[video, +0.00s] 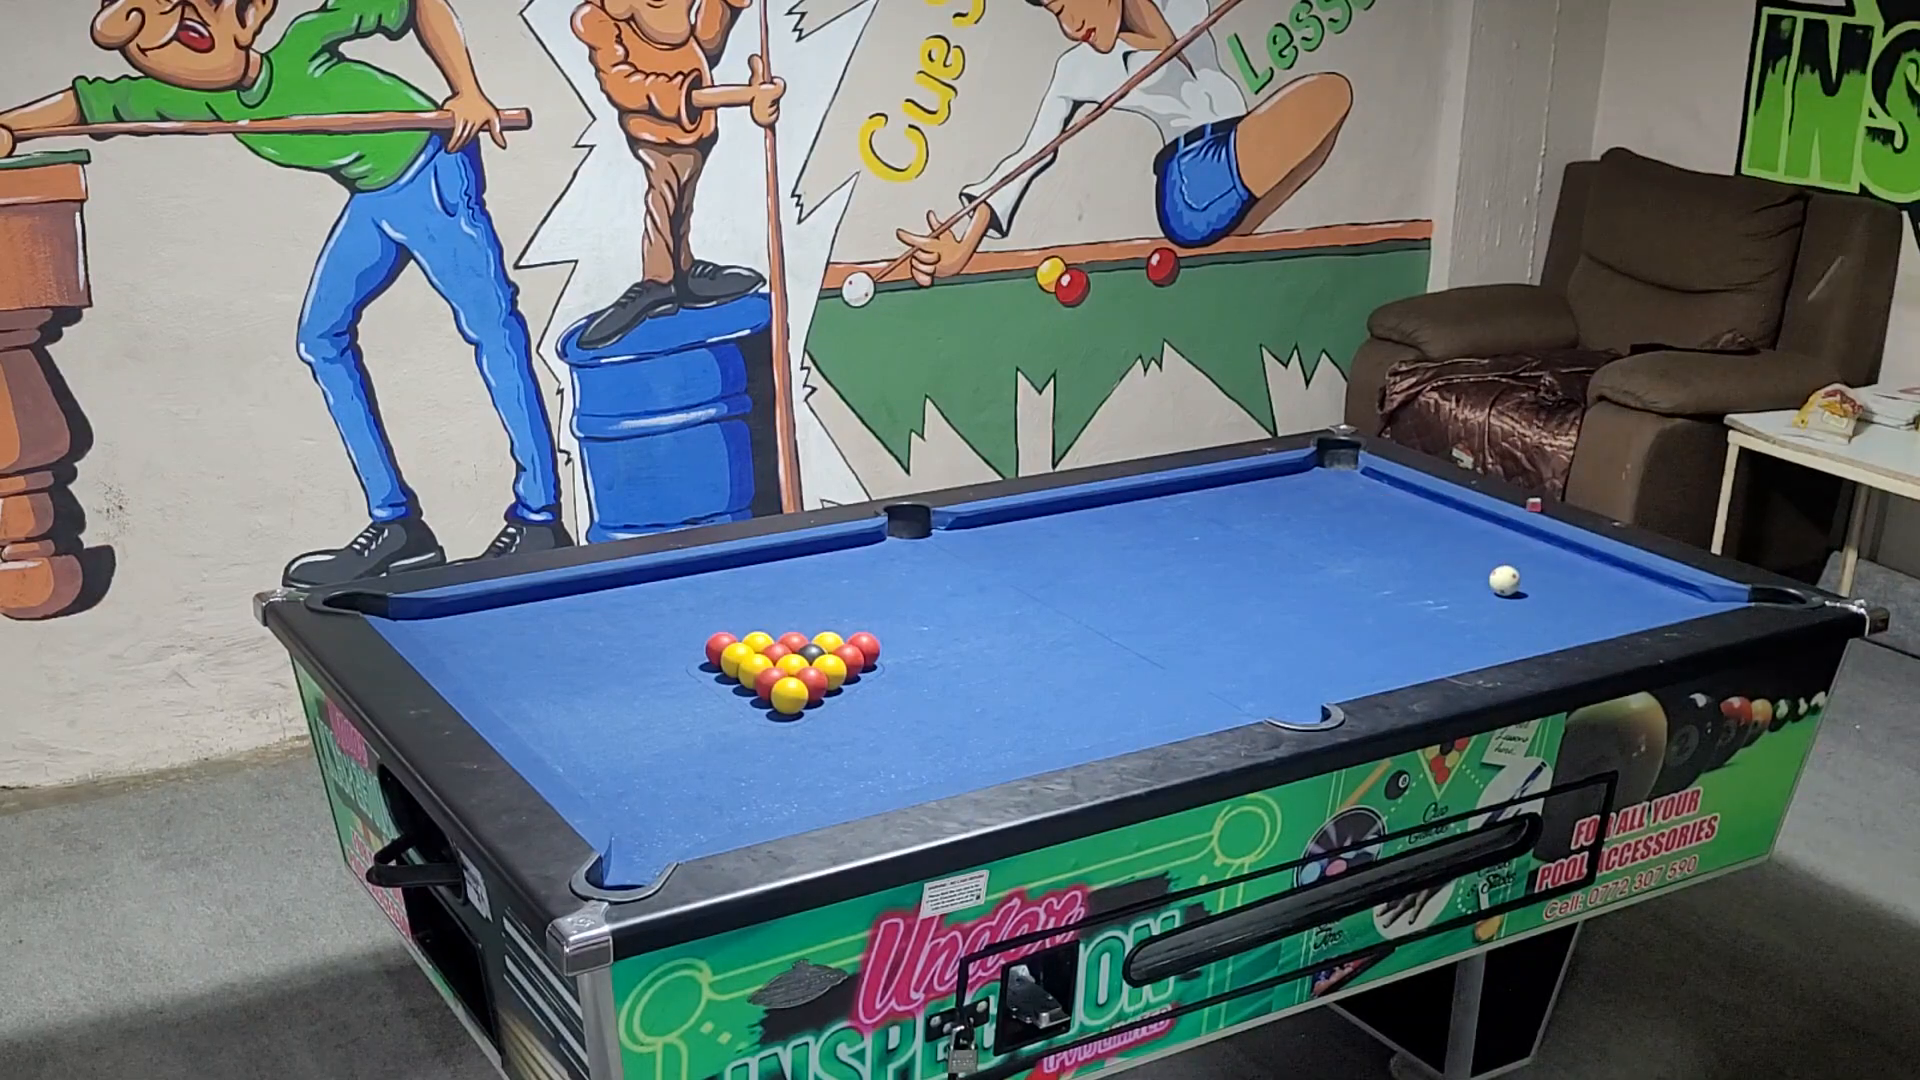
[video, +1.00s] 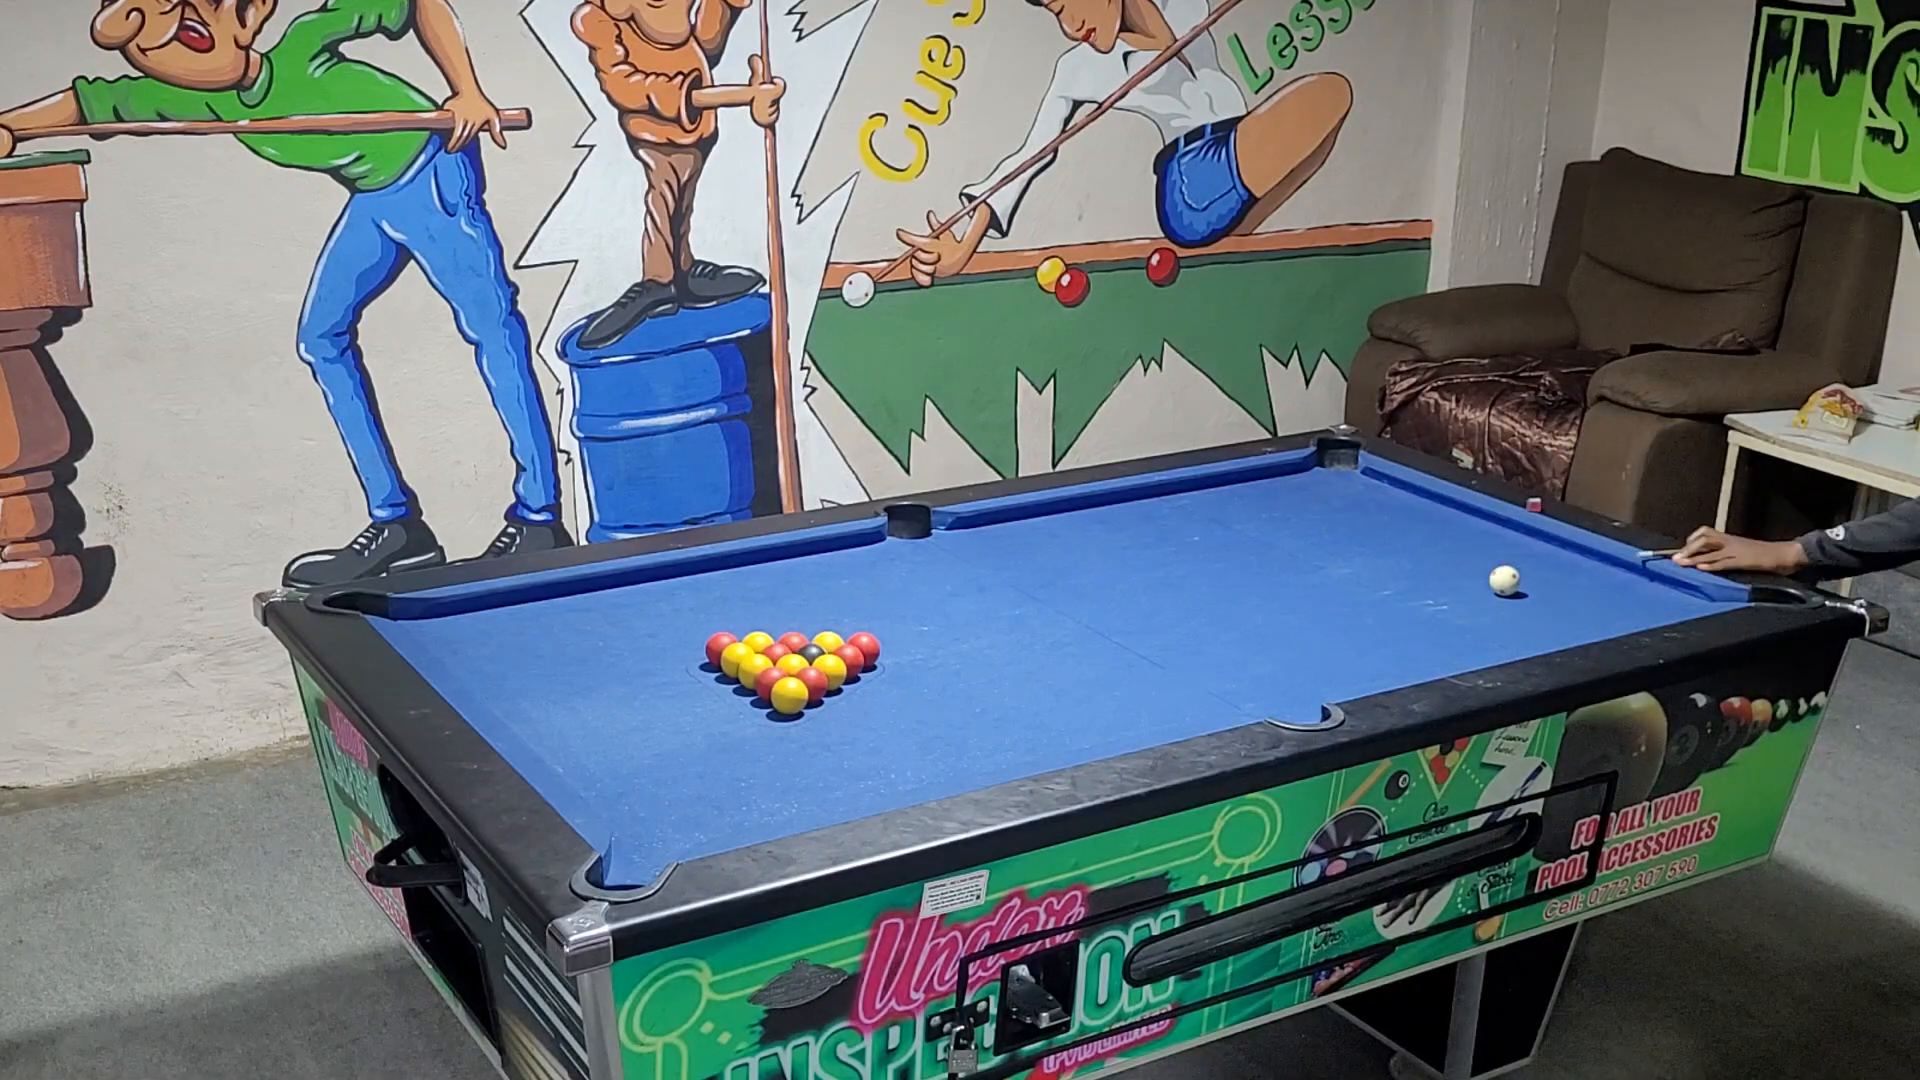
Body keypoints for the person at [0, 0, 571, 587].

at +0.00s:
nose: (207, 53)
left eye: (200, 39)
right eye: (190, 54)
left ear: (225, 20)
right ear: (183, 74)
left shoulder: (300, 37)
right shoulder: (213, 99)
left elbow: (418, 4)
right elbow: (90, 101)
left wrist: (467, 87)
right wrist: (9, 124)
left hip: (426, 166)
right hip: (369, 199)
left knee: (492, 330)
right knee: (322, 338)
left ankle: (541, 517)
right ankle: (397, 523)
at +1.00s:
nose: (204, 52)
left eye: (198, 37)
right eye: (188, 53)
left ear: (222, 18)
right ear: (181, 74)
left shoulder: (300, 37)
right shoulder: (215, 98)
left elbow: (417, 3)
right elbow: (92, 100)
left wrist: (467, 88)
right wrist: (10, 123)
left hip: (426, 165)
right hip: (369, 198)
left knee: (492, 329)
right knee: (322, 338)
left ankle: (540, 518)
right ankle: (397, 523)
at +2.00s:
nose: (208, 55)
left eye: (201, 40)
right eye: (191, 54)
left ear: (223, 21)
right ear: (182, 75)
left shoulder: (300, 37)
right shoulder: (213, 99)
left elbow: (418, 4)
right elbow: (89, 100)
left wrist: (467, 87)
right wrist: (9, 124)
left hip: (426, 166)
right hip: (369, 199)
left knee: (493, 331)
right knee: (322, 338)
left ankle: (540, 517)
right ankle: (397, 523)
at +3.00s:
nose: (208, 58)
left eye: (201, 42)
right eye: (191, 58)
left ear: (228, 22)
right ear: (185, 75)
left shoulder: (300, 37)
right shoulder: (213, 98)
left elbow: (419, 4)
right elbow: (90, 101)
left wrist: (467, 87)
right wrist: (9, 124)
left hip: (426, 165)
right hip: (369, 199)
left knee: (492, 328)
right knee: (322, 337)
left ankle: (541, 516)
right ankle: (397, 522)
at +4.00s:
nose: (207, 60)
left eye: (200, 44)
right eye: (190, 59)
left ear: (228, 23)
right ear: (184, 74)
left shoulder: (300, 37)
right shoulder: (212, 98)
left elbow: (418, 4)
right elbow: (90, 101)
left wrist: (467, 87)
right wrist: (9, 124)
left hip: (426, 165)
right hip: (369, 199)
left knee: (492, 329)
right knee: (322, 337)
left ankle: (541, 516)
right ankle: (397, 522)